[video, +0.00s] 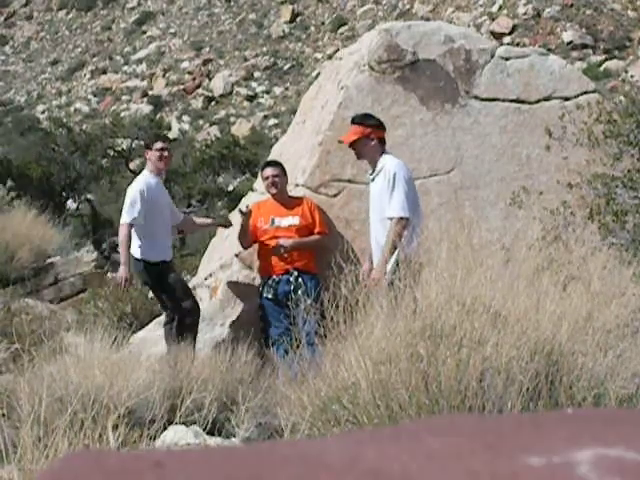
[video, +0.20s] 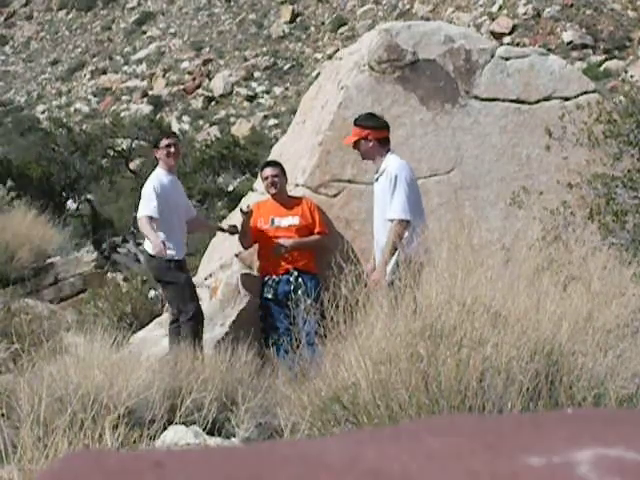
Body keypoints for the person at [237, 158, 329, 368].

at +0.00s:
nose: (272, 181)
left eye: (276, 176)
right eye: (267, 178)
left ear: (285, 178)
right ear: (263, 183)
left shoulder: (306, 205)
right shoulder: (258, 210)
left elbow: (324, 236)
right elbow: (246, 243)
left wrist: (294, 243)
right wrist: (245, 221)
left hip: (303, 276)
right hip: (272, 279)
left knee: (309, 332)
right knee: (279, 336)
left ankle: (315, 379)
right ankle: (288, 382)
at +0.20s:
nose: (272, 181)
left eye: (276, 176)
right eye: (267, 178)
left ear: (285, 178)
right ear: (262, 183)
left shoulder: (306, 205)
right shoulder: (259, 209)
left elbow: (324, 236)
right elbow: (246, 243)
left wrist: (294, 243)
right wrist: (246, 220)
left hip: (303, 275)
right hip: (273, 278)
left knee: (308, 331)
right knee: (279, 334)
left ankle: (313, 377)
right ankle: (286, 379)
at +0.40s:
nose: (271, 181)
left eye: (275, 176)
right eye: (266, 178)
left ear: (285, 178)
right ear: (262, 183)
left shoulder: (306, 205)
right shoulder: (258, 209)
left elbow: (324, 237)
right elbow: (246, 244)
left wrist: (293, 243)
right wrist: (247, 222)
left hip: (303, 276)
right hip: (273, 279)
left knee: (309, 332)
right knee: (279, 336)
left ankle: (314, 378)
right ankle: (287, 381)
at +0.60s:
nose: (272, 181)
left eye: (276, 176)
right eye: (267, 178)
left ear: (285, 178)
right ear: (263, 183)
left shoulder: (306, 205)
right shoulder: (259, 209)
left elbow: (324, 237)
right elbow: (247, 244)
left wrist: (293, 243)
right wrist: (249, 223)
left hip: (303, 275)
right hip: (272, 278)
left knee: (309, 333)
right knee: (279, 337)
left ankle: (314, 380)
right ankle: (290, 382)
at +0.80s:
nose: (273, 181)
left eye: (277, 176)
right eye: (268, 178)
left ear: (286, 178)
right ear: (263, 183)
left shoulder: (306, 205)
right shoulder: (260, 209)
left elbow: (324, 237)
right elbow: (246, 244)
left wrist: (292, 244)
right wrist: (248, 224)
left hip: (303, 277)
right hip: (273, 280)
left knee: (310, 334)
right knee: (279, 338)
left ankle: (315, 380)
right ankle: (290, 384)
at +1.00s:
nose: (273, 181)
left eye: (277, 176)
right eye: (268, 178)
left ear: (286, 178)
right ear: (264, 182)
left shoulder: (307, 205)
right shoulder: (259, 209)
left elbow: (324, 237)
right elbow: (245, 247)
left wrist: (293, 243)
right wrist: (253, 239)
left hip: (303, 277)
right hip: (271, 281)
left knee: (310, 334)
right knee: (279, 339)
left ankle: (315, 381)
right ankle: (290, 384)